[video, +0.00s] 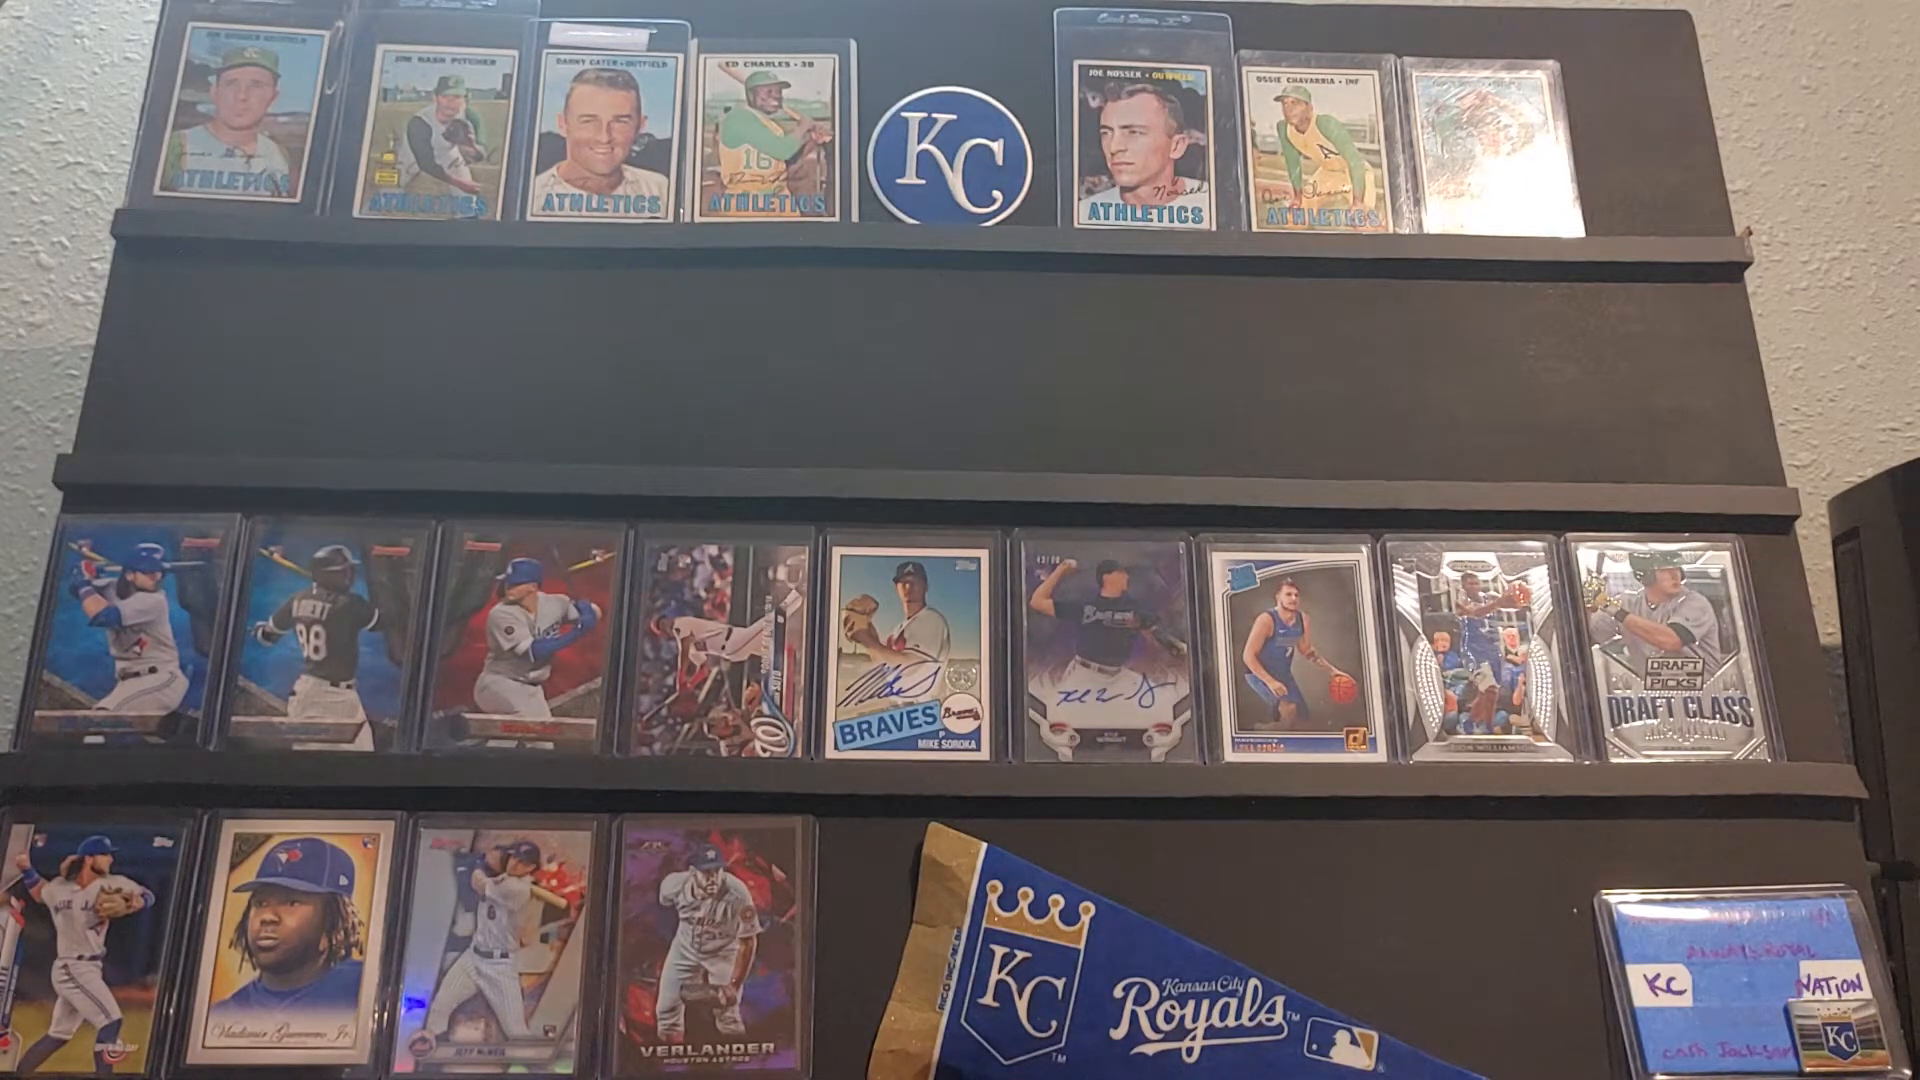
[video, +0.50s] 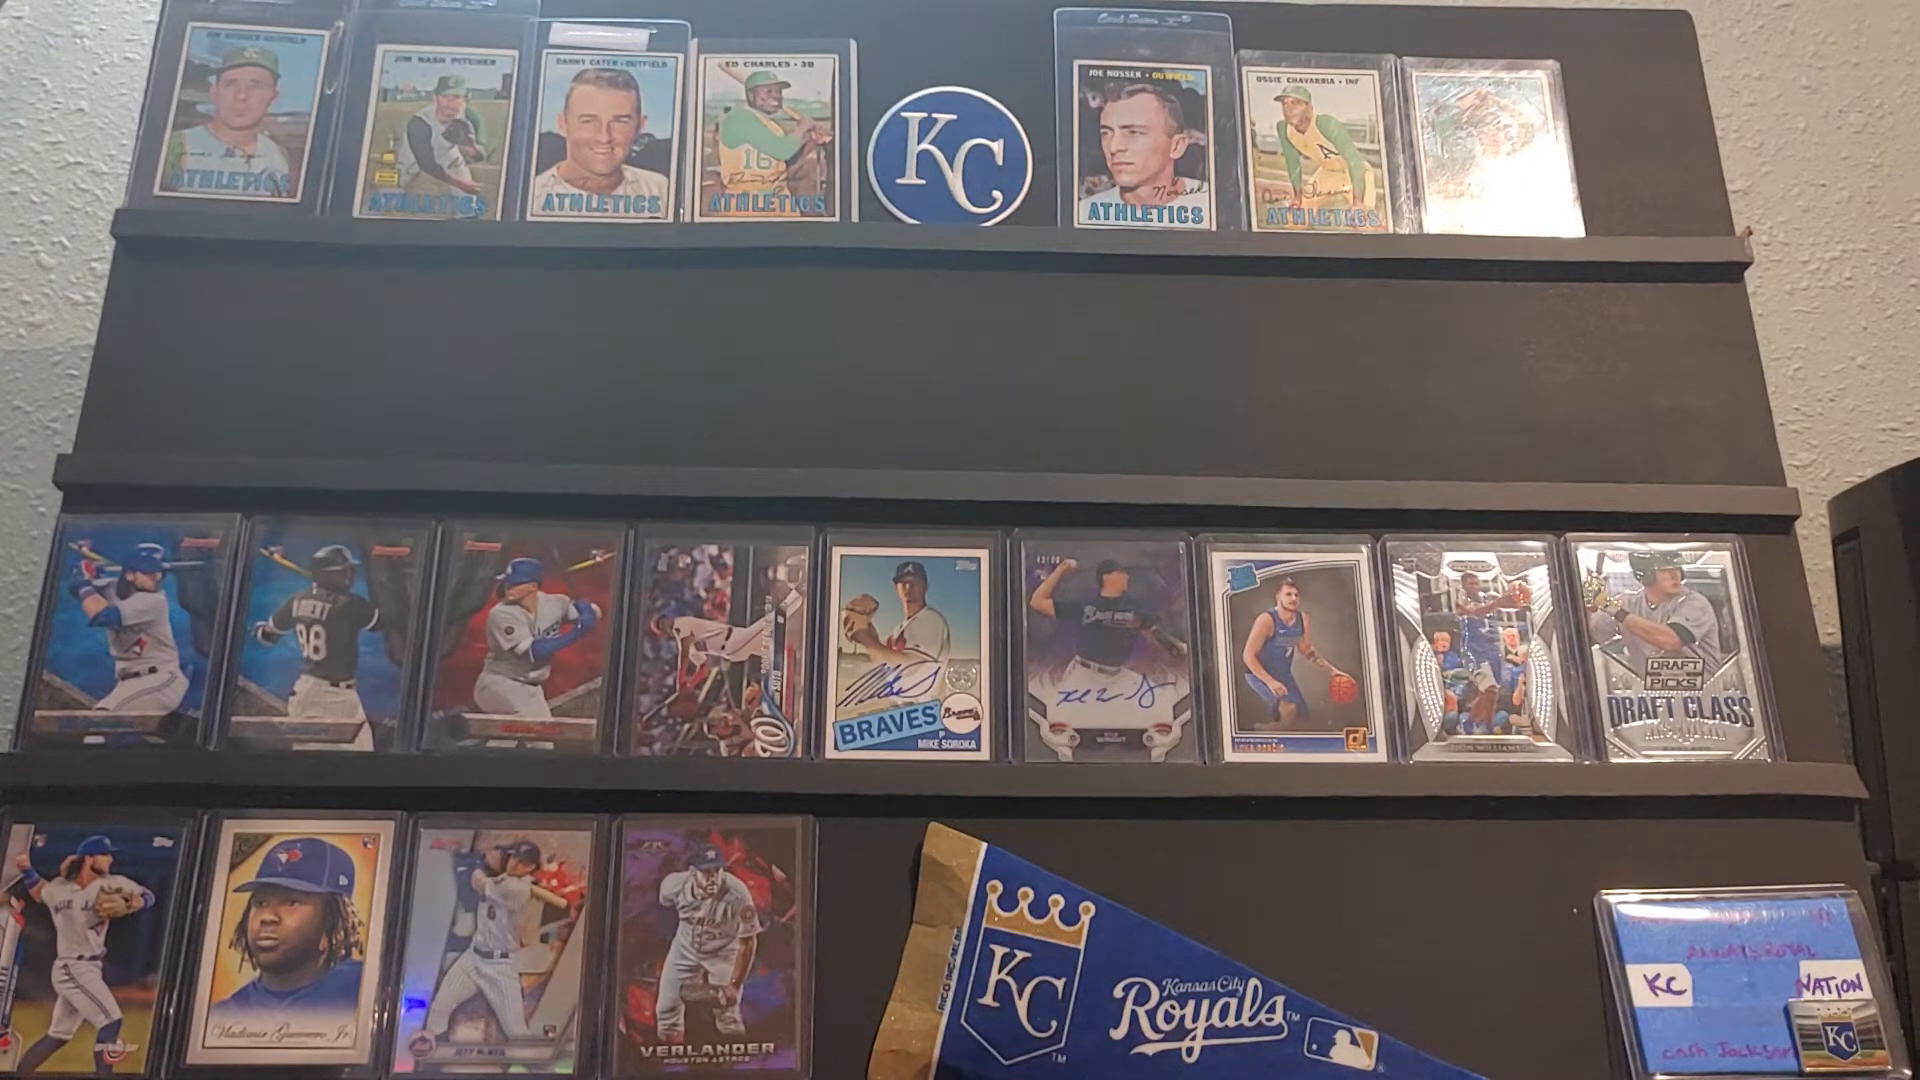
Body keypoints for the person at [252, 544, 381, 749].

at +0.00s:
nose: (351, 576)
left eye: (351, 571)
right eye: (347, 571)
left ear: (320, 575)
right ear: (336, 575)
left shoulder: (298, 600)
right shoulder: (351, 605)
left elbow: (268, 637)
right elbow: (387, 620)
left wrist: (259, 630)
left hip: (305, 694)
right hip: (341, 698)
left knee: (305, 765)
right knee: (361, 767)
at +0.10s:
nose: (351, 577)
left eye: (351, 571)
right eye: (347, 572)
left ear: (320, 575)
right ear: (336, 575)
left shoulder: (298, 600)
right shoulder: (351, 604)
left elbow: (268, 637)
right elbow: (387, 621)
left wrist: (259, 630)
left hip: (305, 693)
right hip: (341, 697)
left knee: (306, 765)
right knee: (361, 766)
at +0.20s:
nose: (351, 577)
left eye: (350, 571)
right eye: (347, 572)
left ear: (320, 575)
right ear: (335, 575)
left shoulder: (298, 600)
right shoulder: (351, 604)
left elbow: (268, 637)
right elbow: (385, 621)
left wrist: (259, 630)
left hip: (305, 693)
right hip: (340, 697)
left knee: (306, 765)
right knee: (360, 766)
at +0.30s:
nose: (351, 577)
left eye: (350, 571)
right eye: (347, 572)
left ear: (320, 575)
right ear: (335, 575)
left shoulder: (298, 600)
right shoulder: (351, 604)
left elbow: (268, 637)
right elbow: (385, 621)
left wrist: (259, 630)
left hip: (305, 693)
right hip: (340, 697)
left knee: (306, 765)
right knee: (360, 766)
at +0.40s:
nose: (351, 577)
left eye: (350, 571)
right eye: (347, 572)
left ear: (320, 575)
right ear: (335, 575)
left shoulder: (298, 600)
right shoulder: (351, 604)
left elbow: (268, 637)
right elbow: (385, 621)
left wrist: (259, 630)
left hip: (305, 693)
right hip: (340, 697)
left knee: (306, 765)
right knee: (360, 766)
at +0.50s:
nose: (351, 577)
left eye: (350, 571)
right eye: (347, 572)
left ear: (320, 575)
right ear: (335, 575)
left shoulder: (298, 600)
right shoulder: (351, 604)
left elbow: (268, 637)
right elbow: (385, 621)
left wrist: (259, 630)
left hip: (305, 693)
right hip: (340, 697)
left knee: (306, 765)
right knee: (360, 766)